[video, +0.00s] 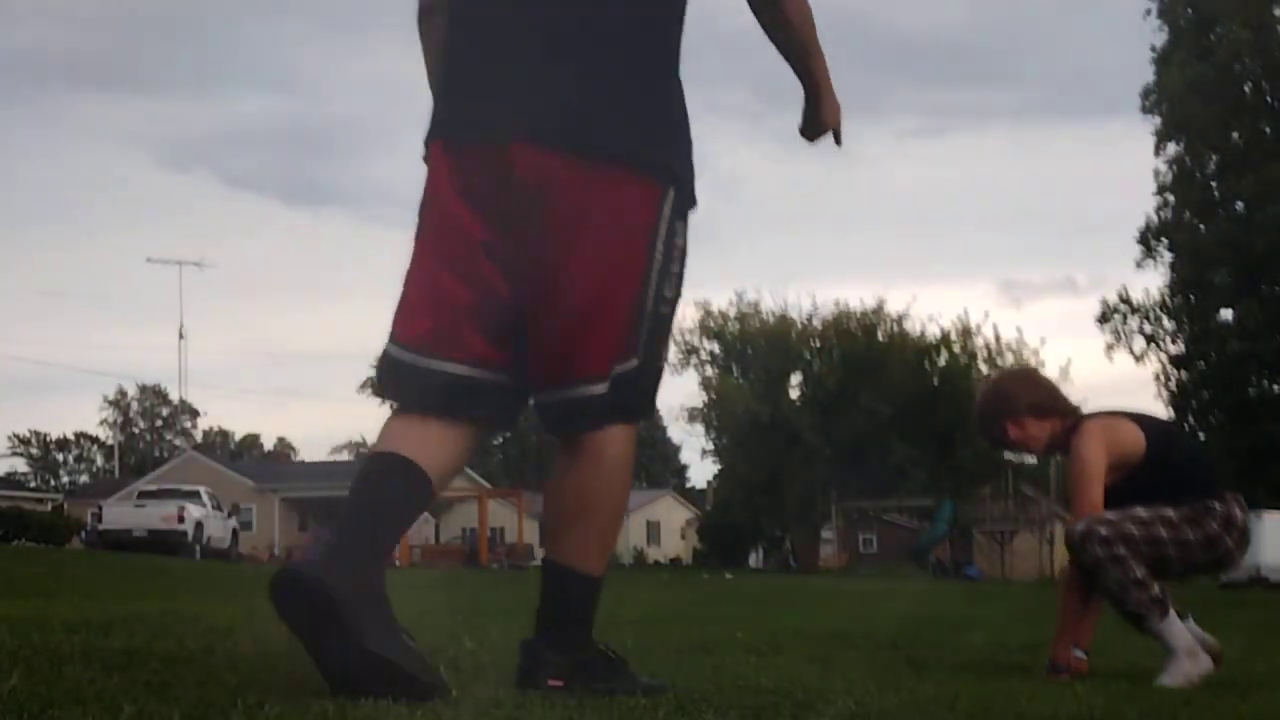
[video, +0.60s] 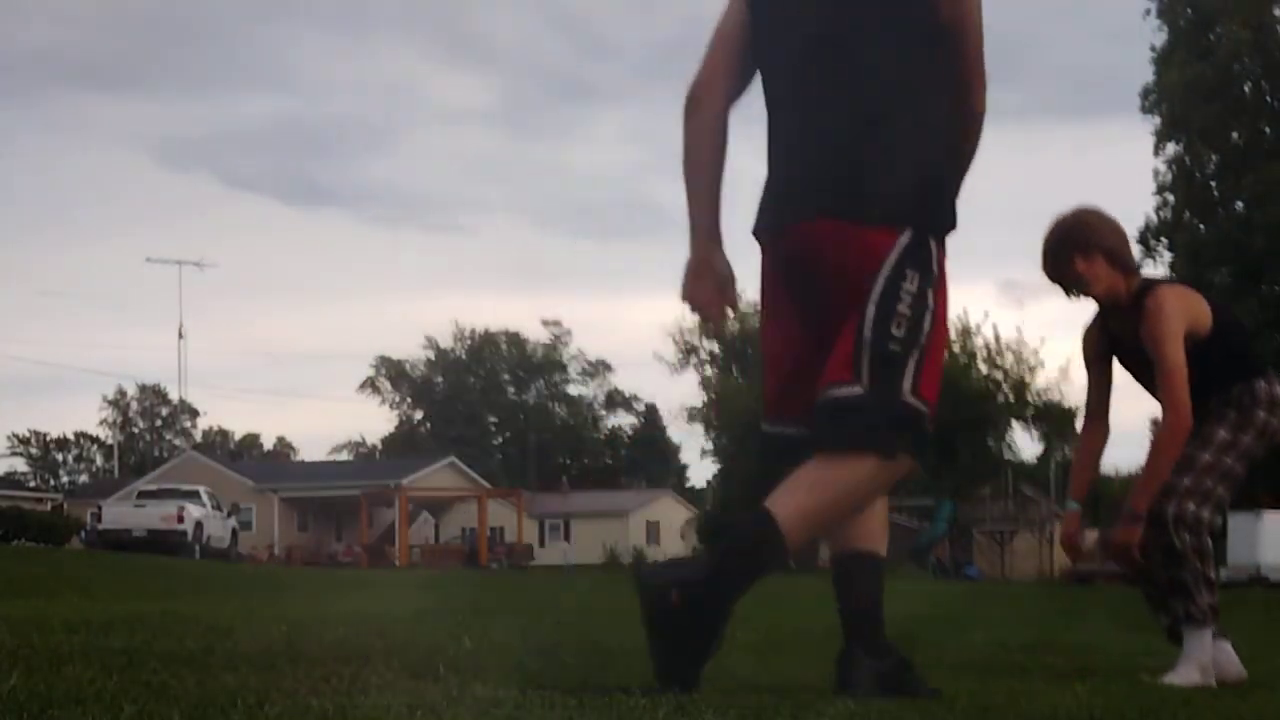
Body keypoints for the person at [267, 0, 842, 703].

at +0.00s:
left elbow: (437, 6)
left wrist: (462, 104)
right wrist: (817, 80)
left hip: (471, 101)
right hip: (617, 113)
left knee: (453, 378)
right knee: (603, 405)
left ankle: (344, 562)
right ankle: (564, 646)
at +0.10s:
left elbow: (449, 11)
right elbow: (791, 8)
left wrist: (430, 173)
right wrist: (810, 98)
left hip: (535, 128)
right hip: (667, 136)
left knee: (542, 392)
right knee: (632, 413)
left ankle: (436, 517)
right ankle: (567, 650)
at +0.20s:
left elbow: (462, 4)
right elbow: (808, 18)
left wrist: (430, 149)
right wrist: (815, 111)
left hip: (581, 131)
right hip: (695, 134)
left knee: (636, 390)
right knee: (655, 399)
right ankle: (570, 648)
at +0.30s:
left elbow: (502, 3)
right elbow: (836, 19)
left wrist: (465, 139)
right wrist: (838, 124)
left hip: (630, 138)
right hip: (736, 145)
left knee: (740, 388)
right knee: (674, 398)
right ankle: (572, 644)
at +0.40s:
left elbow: (566, 9)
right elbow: (874, 26)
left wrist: (526, 160)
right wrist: (869, 141)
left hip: (677, 166)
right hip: (776, 169)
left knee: (781, 413)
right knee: (693, 404)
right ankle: (575, 643)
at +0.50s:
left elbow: (630, 50)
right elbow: (921, 71)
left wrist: (610, 201)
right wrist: (900, 176)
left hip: (742, 195)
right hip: (832, 200)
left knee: (826, 433)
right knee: (760, 429)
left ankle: (863, 653)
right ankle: (601, 630)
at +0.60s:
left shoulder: (767, 5)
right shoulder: (952, 7)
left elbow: (706, 96)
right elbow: (970, 102)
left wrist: (704, 244)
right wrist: (929, 203)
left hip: (792, 218)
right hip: (895, 219)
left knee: (854, 439)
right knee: (885, 442)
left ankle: (866, 653)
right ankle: (702, 589)